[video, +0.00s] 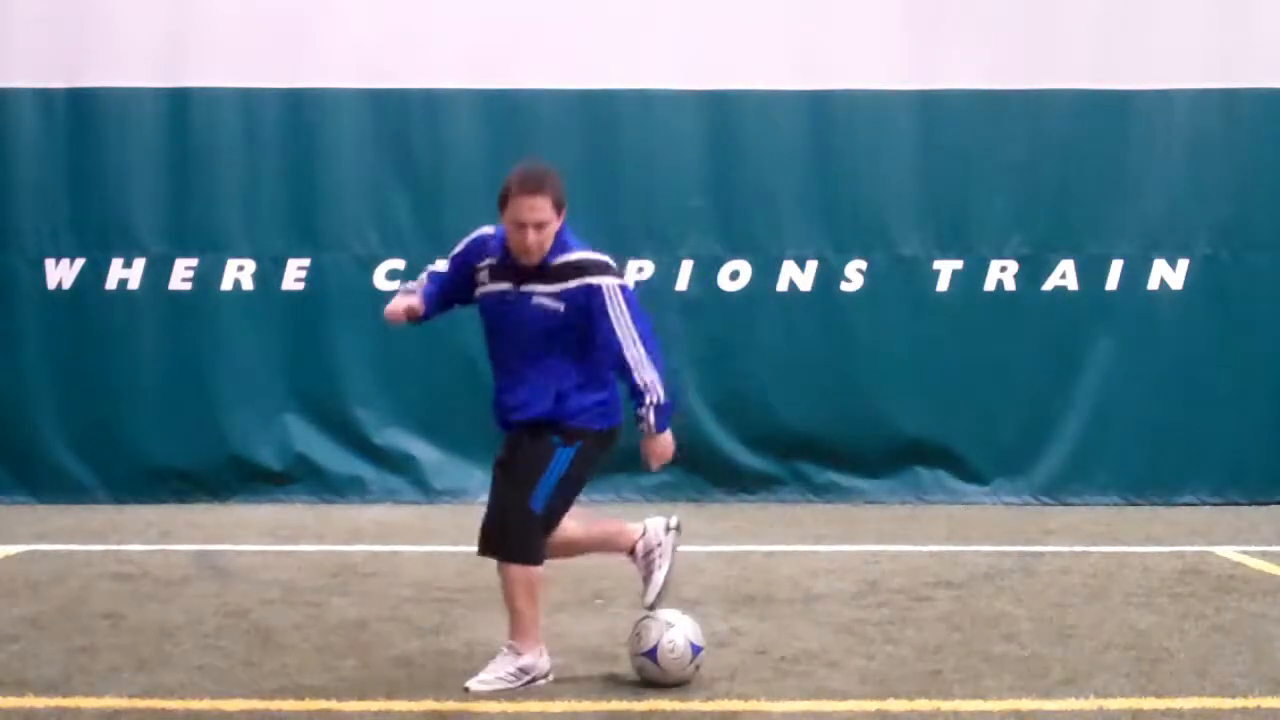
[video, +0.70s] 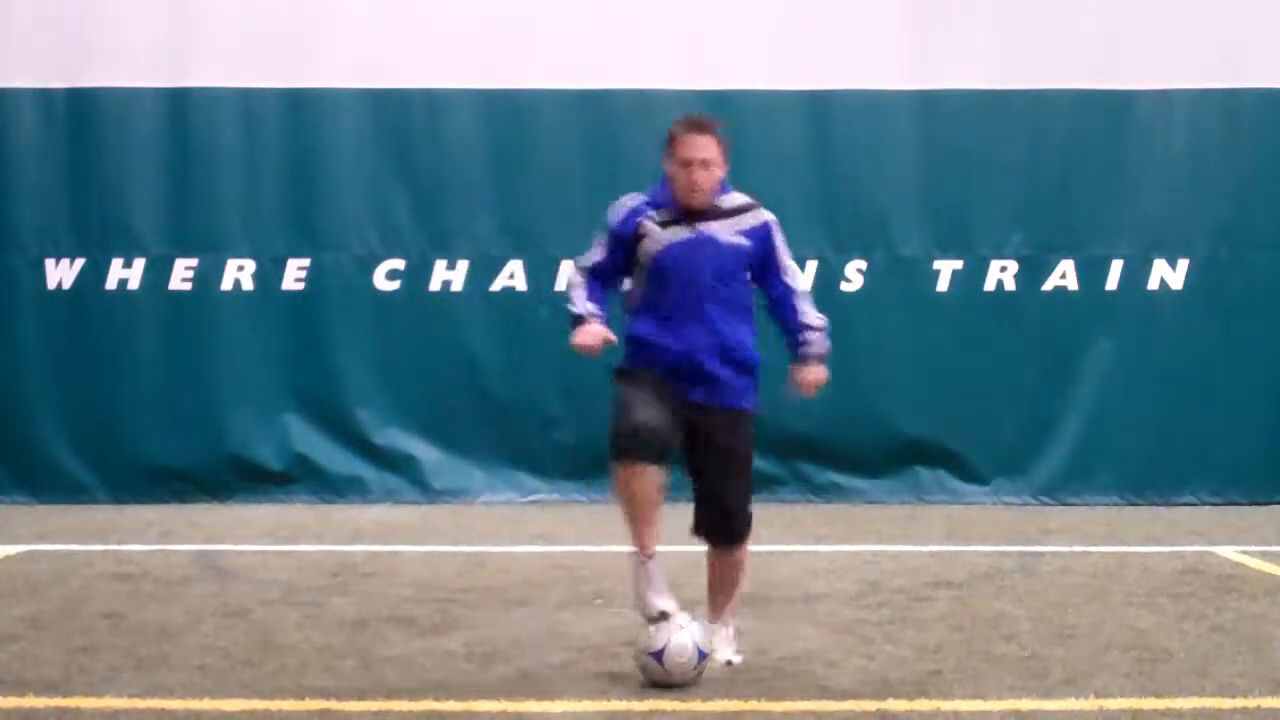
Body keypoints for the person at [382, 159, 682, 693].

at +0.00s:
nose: (530, 238)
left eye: (541, 226)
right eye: (520, 225)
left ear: (559, 218)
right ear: (503, 218)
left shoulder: (589, 270)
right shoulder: (483, 251)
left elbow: (632, 342)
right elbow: (446, 282)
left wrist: (655, 419)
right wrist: (417, 300)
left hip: (580, 420)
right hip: (524, 420)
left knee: (517, 526)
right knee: (512, 536)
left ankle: (527, 655)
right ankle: (640, 538)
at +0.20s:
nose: (542, 198)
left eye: (552, 186)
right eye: (531, 187)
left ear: (570, 179)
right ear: (513, 184)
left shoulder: (608, 223)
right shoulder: (495, 229)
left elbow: (668, 274)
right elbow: (456, 274)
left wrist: (675, 345)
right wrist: (420, 315)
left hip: (600, 395)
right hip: (536, 396)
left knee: (556, 507)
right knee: (521, 508)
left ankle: (543, 648)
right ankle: (604, 578)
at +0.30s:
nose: (554, 194)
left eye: (564, 181)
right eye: (542, 183)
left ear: (582, 177)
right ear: (525, 184)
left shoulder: (621, 220)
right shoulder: (509, 232)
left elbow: (672, 276)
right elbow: (469, 291)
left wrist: (685, 352)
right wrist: (444, 351)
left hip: (622, 391)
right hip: (550, 395)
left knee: (621, 506)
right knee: (543, 516)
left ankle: (625, 627)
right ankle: (535, 633)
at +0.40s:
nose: (582, 196)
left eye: (593, 184)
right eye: (571, 185)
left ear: (610, 184)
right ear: (552, 185)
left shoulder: (643, 234)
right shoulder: (527, 239)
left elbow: (690, 299)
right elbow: (490, 298)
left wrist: (716, 361)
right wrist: (464, 349)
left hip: (639, 404)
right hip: (560, 409)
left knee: (683, 500)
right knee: (541, 528)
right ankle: (541, 639)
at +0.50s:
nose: (620, 163)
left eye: (630, 151)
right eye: (609, 152)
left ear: (648, 150)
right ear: (588, 153)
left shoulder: (680, 202)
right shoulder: (561, 204)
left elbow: (717, 272)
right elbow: (523, 264)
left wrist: (732, 334)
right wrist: (508, 313)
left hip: (665, 377)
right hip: (585, 383)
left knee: (717, 487)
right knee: (562, 507)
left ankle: (767, 611)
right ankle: (550, 628)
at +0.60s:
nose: (660, 153)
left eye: (670, 142)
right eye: (649, 143)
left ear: (686, 144)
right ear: (629, 144)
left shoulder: (717, 196)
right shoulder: (597, 195)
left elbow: (751, 269)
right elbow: (558, 255)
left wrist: (761, 331)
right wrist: (555, 304)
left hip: (696, 365)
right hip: (618, 363)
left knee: (732, 490)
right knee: (590, 456)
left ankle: (731, 610)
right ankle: (604, 567)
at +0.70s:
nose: (697, 175)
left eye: (707, 165)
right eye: (687, 165)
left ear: (723, 169)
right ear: (667, 167)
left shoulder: (753, 221)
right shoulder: (636, 217)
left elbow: (788, 288)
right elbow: (590, 276)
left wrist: (810, 349)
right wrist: (589, 316)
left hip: (725, 382)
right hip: (652, 374)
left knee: (729, 514)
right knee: (637, 440)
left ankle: (720, 626)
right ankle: (649, 570)